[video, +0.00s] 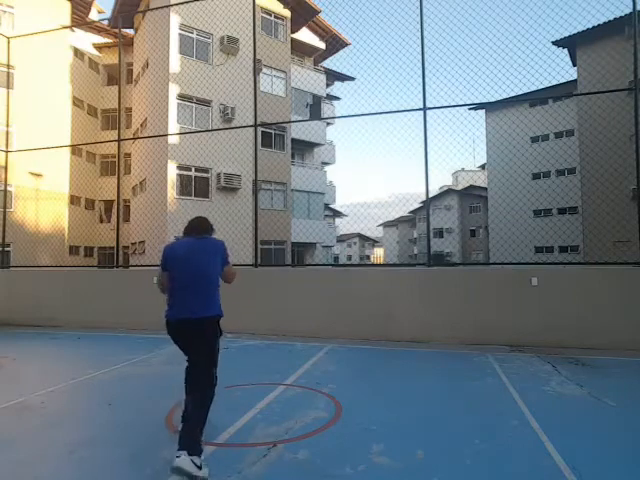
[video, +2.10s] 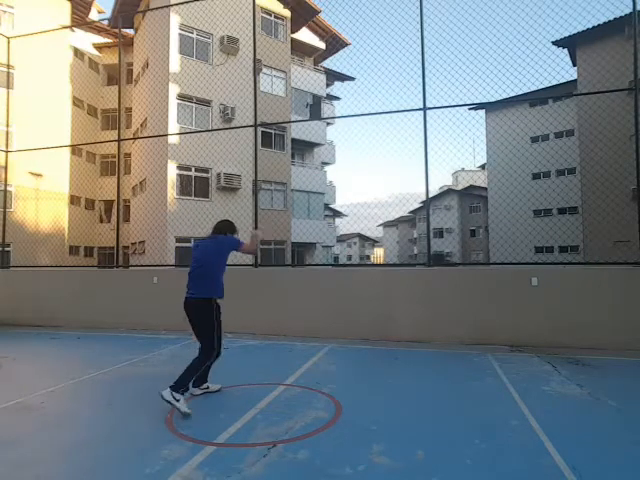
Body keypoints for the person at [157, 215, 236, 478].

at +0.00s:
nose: (210, 235)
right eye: (210, 232)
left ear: (186, 232)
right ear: (210, 232)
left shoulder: (171, 248)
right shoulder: (216, 246)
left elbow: (164, 286)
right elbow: (229, 277)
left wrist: (177, 274)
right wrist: (214, 263)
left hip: (176, 323)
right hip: (206, 322)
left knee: (195, 361)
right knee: (204, 382)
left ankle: (190, 415)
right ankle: (188, 451)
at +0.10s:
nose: (219, 229)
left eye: (218, 225)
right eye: (219, 225)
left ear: (195, 222)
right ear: (215, 224)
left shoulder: (178, 242)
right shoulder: (217, 240)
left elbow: (163, 273)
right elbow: (228, 274)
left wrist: (185, 261)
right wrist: (226, 250)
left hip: (174, 315)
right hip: (196, 316)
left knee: (199, 363)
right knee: (210, 372)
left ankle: (189, 414)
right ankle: (176, 434)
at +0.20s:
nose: (221, 222)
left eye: (221, 218)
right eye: (220, 218)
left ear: (199, 216)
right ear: (213, 218)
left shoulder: (189, 235)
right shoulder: (202, 235)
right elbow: (220, 269)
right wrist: (226, 242)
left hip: (180, 308)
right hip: (190, 310)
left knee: (207, 360)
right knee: (207, 363)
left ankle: (185, 406)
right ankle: (170, 419)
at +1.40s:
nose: (205, 237)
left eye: (206, 234)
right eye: (203, 233)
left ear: (191, 231)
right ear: (192, 231)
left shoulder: (186, 248)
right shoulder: (171, 247)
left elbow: (191, 272)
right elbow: (185, 276)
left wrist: (203, 251)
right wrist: (202, 251)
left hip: (183, 310)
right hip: (167, 312)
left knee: (203, 341)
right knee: (169, 360)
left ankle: (200, 387)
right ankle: (140, 409)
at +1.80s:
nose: (215, 238)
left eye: (215, 235)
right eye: (213, 234)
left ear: (201, 232)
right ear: (203, 233)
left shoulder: (193, 249)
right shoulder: (187, 250)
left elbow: (200, 277)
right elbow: (199, 279)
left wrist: (211, 253)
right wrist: (212, 254)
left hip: (191, 310)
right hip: (179, 311)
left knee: (208, 340)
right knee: (174, 358)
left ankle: (200, 384)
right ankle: (141, 408)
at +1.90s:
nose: (218, 236)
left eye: (219, 233)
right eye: (218, 233)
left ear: (198, 230)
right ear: (212, 232)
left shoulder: (182, 247)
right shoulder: (212, 246)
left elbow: (184, 271)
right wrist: (231, 242)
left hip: (180, 306)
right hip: (193, 309)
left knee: (207, 340)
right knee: (182, 354)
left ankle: (200, 384)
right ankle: (146, 402)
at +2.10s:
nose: (233, 239)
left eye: (233, 236)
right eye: (233, 235)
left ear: (215, 231)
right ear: (227, 233)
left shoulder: (200, 244)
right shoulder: (225, 240)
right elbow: (251, 249)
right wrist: (256, 236)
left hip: (191, 302)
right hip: (207, 303)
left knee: (208, 347)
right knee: (212, 350)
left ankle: (200, 384)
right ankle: (175, 391)